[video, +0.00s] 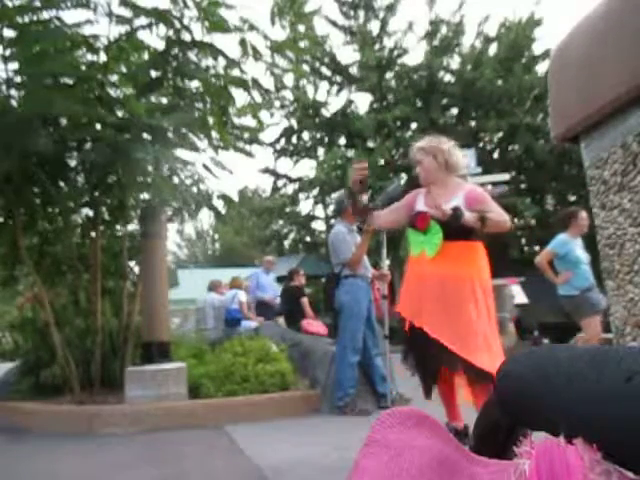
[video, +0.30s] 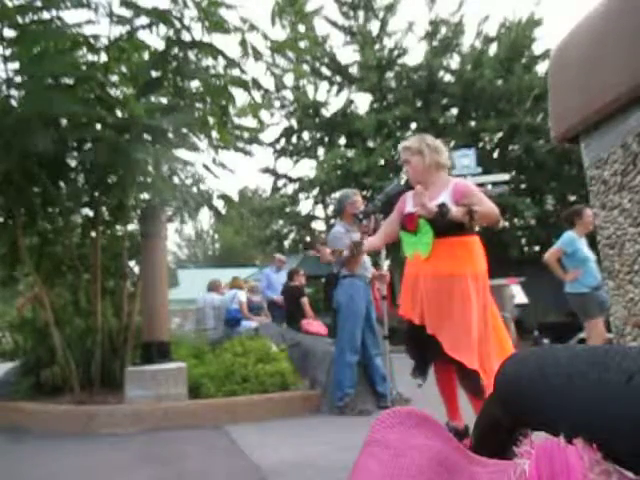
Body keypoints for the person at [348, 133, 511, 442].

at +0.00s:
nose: (417, 170)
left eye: (421, 163)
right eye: (416, 164)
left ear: (440, 161)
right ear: (425, 166)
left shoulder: (470, 193)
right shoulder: (416, 199)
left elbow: (503, 222)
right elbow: (376, 221)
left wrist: (466, 218)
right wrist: (358, 196)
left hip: (466, 290)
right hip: (427, 290)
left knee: (476, 358)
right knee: (440, 359)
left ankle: (490, 424)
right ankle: (455, 424)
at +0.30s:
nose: (404, 168)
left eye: (409, 161)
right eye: (403, 163)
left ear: (430, 159)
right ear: (410, 166)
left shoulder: (460, 188)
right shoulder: (407, 200)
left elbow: (493, 216)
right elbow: (382, 236)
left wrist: (460, 213)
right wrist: (361, 245)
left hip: (462, 284)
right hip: (426, 285)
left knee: (465, 357)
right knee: (440, 356)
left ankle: (489, 424)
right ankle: (455, 421)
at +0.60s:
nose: (376, 172)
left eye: (380, 164)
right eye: (375, 165)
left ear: (399, 160)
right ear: (396, 164)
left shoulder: (431, 186)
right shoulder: (387, 202)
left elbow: (467, 211)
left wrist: (436, 218)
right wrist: (371, 226)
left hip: (449, 288)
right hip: (409, 294)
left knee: (467, 362)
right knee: (401, 360)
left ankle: (492, 430)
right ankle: (415, 432)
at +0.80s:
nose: (338, 176)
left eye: (342, 169)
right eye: (336, 170)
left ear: (362, 167)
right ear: (348, 173)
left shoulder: (385, 188)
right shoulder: (357, 205)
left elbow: (419, 211)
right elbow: (369, 240)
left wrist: (384, 232)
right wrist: (351, 238)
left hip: (412, 295)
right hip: (376, 301)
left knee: (442, 366)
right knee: (366, 369)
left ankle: (487, 428)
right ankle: (385, 443)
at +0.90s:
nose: (315, 179)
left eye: (319, 171)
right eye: (314, 173)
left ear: (338, 169)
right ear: (329, 174)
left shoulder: (362, 191)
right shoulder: (341, 203)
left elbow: (397, 215)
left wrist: (368, 241)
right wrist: (339, 246)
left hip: (385, 311)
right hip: (357, 315)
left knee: (400, 380)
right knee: (359, 388)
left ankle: (463, 414)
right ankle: (386, 448)